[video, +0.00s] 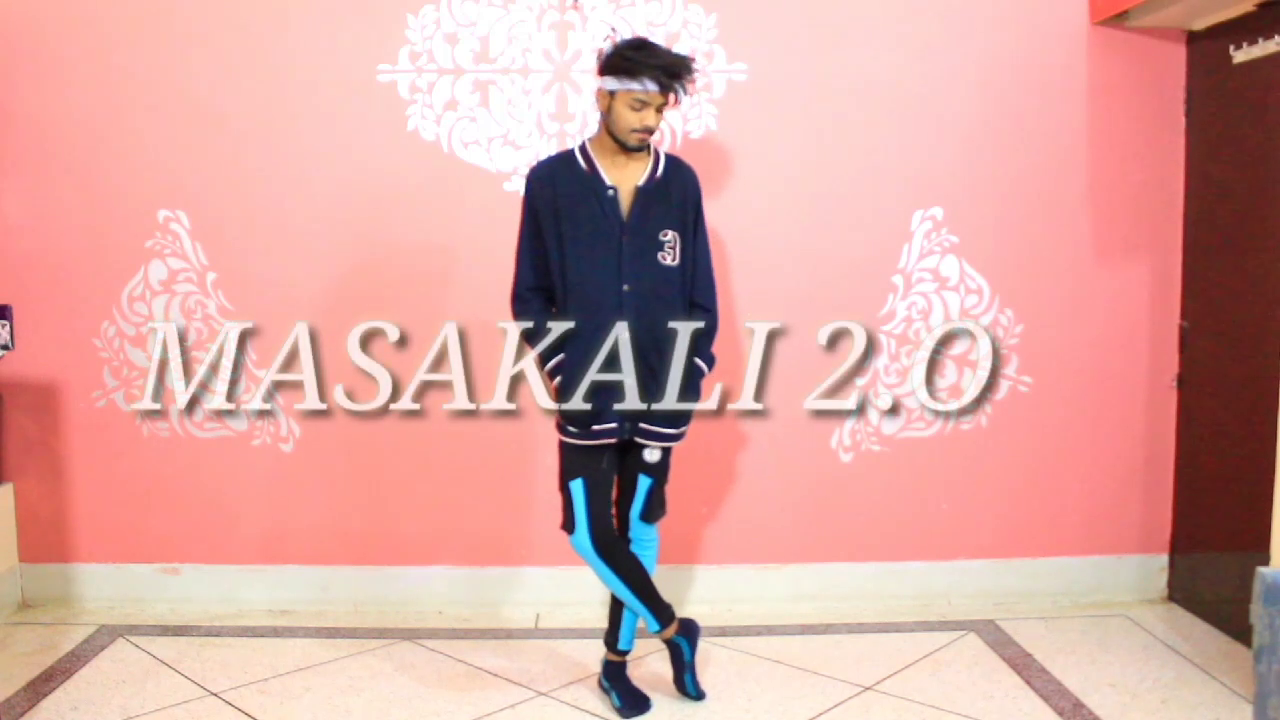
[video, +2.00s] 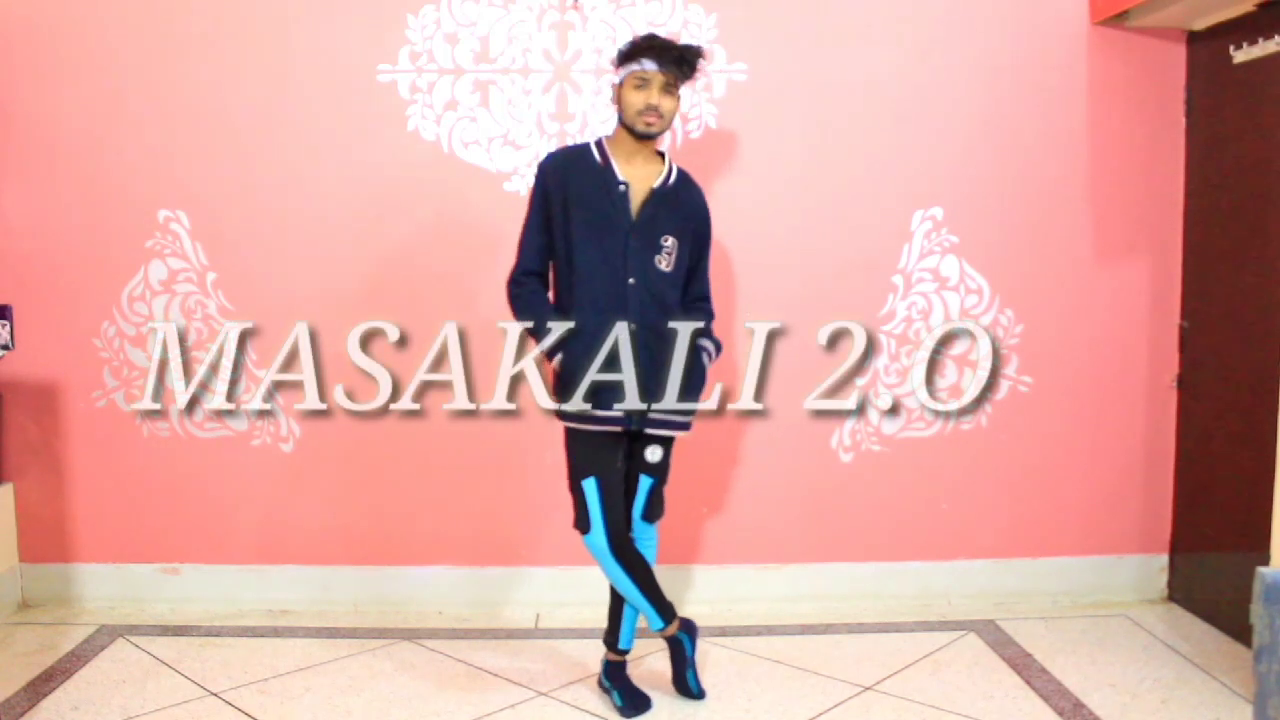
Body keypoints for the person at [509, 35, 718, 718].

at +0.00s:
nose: (649, 119)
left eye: (658, 106)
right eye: (637, 105)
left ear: (668, 106)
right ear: (603, 100)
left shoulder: (678, 179)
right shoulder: (553, 178)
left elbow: (700, 287)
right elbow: (529, 291)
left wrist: (698, 364)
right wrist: (557, 363)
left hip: (663, 384)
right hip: (587, 386)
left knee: (639, 525)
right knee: (589, 532)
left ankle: (616, 662)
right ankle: (674, 630)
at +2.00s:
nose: (652, 99)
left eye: (666, 89)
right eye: (639, 84)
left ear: (679, 101)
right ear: (616, 92)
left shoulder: (687, 194)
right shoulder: (564, 171)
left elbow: (696, 295)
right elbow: (526, 278)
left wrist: (701, 352)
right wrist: (556, 343)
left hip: (664, 381)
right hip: (590, 378)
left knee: (639, 523)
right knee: (597, 527)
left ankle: (616, 662)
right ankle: (675, 630)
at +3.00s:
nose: (590, 84)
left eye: (603, 75)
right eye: (576, 77)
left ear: (625, 91)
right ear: (560, 99)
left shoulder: (658, 170)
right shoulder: (536, 184)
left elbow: (657, 278)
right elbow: (538, 291)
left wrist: (601, 351)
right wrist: (600, 366)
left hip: (644, 369)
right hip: (572, 371)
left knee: (634, 513)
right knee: (564, 506)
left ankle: (618, 657)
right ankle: (573, 600)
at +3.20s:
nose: (573, 93)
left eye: (586, 83)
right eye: (559, 85)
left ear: (605, 99)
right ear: (542, 105)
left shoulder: (638, 174)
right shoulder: (521, 190)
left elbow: (650, 285)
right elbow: (525, 298)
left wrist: (631, 379)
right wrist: (556, 389)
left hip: (628, 371)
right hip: (562, 375)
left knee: (626, 509)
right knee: (571, 504)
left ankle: (621, 657)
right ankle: (587, 611)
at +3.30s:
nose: (567, 98)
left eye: (578, 89)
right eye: (553, 90)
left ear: (597, 105)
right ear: (534, 110)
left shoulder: (632, 178)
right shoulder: (516, 198)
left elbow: (655, 285)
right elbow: (516, 302)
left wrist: (654, 384)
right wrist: (525, 396)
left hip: (622, 379)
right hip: (556, 383)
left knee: (622, 509)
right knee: (572, 505)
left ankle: (619, 649)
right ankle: (587, 613)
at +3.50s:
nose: (566, 99)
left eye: (578, 90)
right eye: (553, 90)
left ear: (595, 104)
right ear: (535, 106)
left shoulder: (631, 177)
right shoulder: (511, 192)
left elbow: (666, 270)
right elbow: (492, 286)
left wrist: (687, 359)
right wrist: (474, 371)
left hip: (623, 358)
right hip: (554, 364)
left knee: (625, 489)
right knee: (569, 492)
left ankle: (605, 613)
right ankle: (586, 611)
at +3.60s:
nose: (572, 99)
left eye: (585, 90)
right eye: (559, 89)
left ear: (600, 104)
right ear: (540, 104)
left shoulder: (633, 178)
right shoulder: (511, 190)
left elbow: (664, 269)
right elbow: (488, 279)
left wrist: (686, 356)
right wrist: (468, 361)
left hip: (623, 356)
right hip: (552, 362)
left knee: (627, 487)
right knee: (568, 490)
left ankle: (602, 601)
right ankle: (586, 612)